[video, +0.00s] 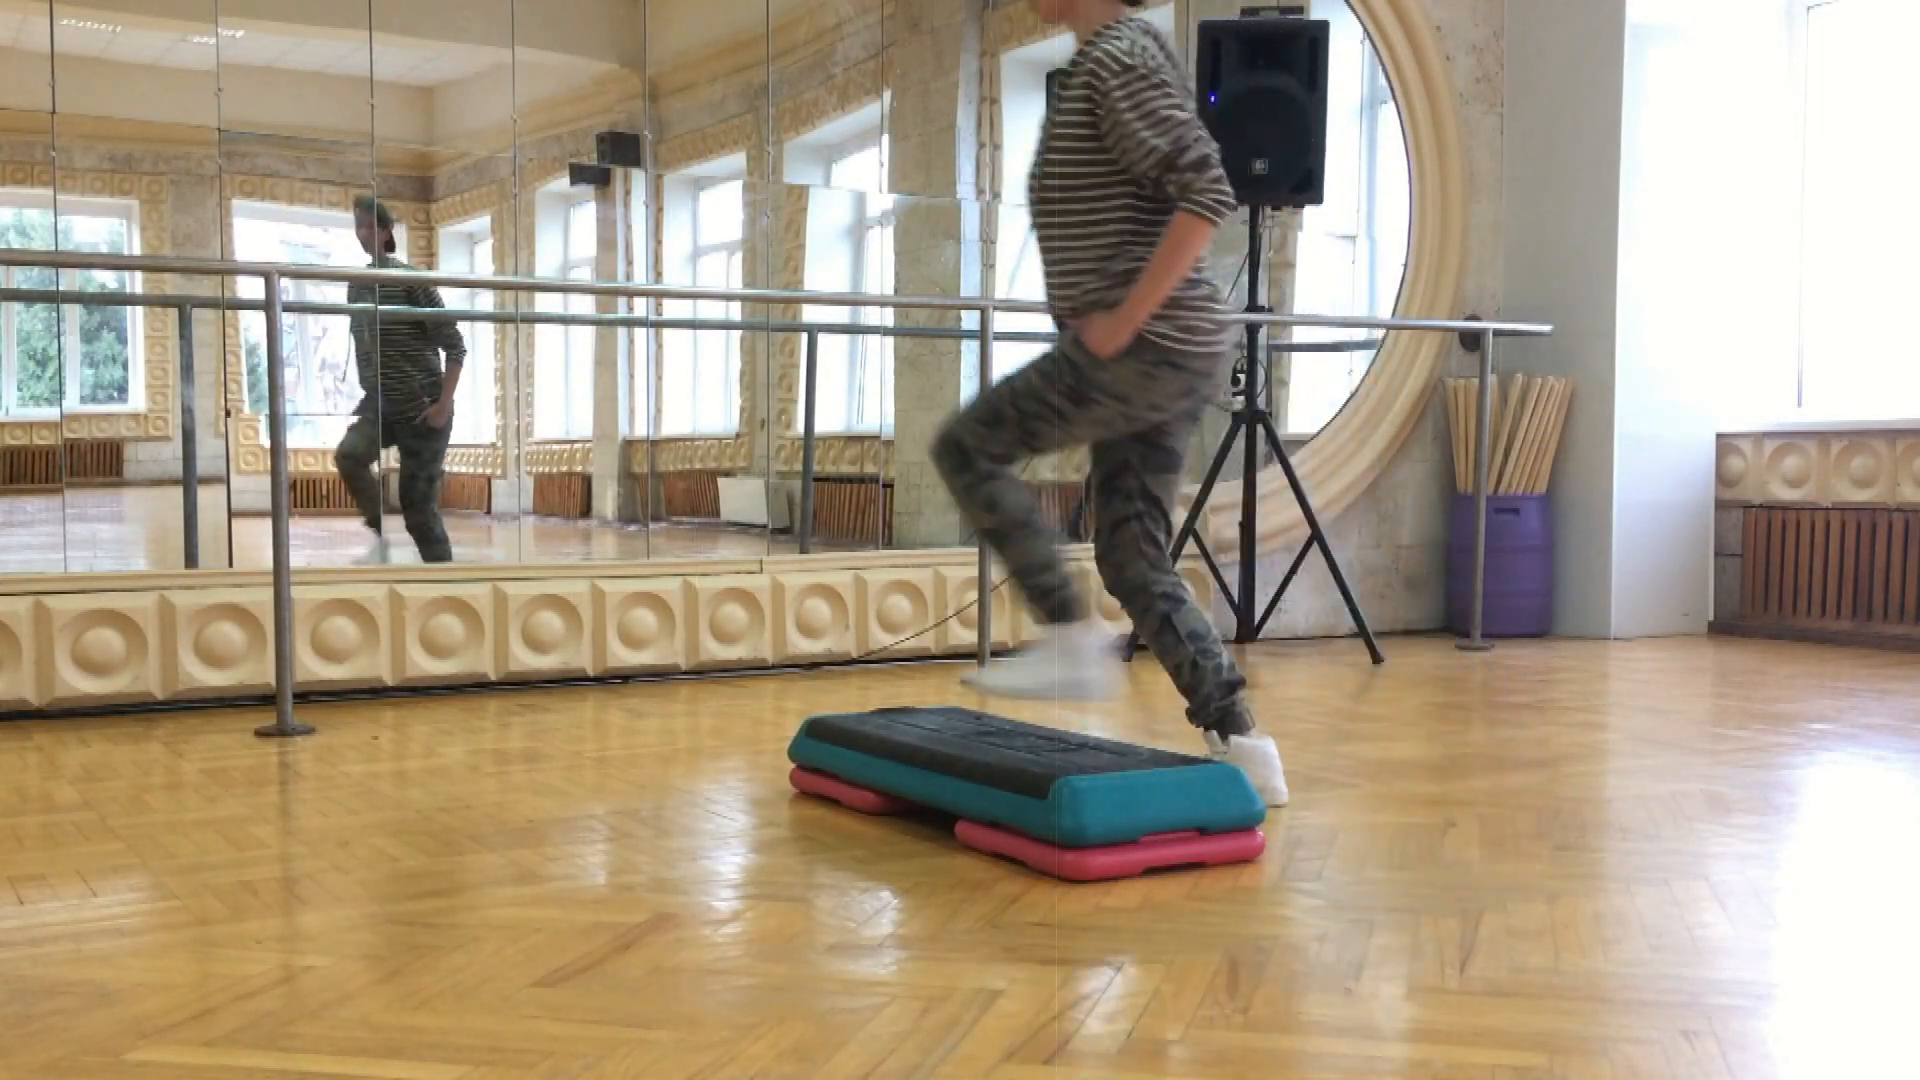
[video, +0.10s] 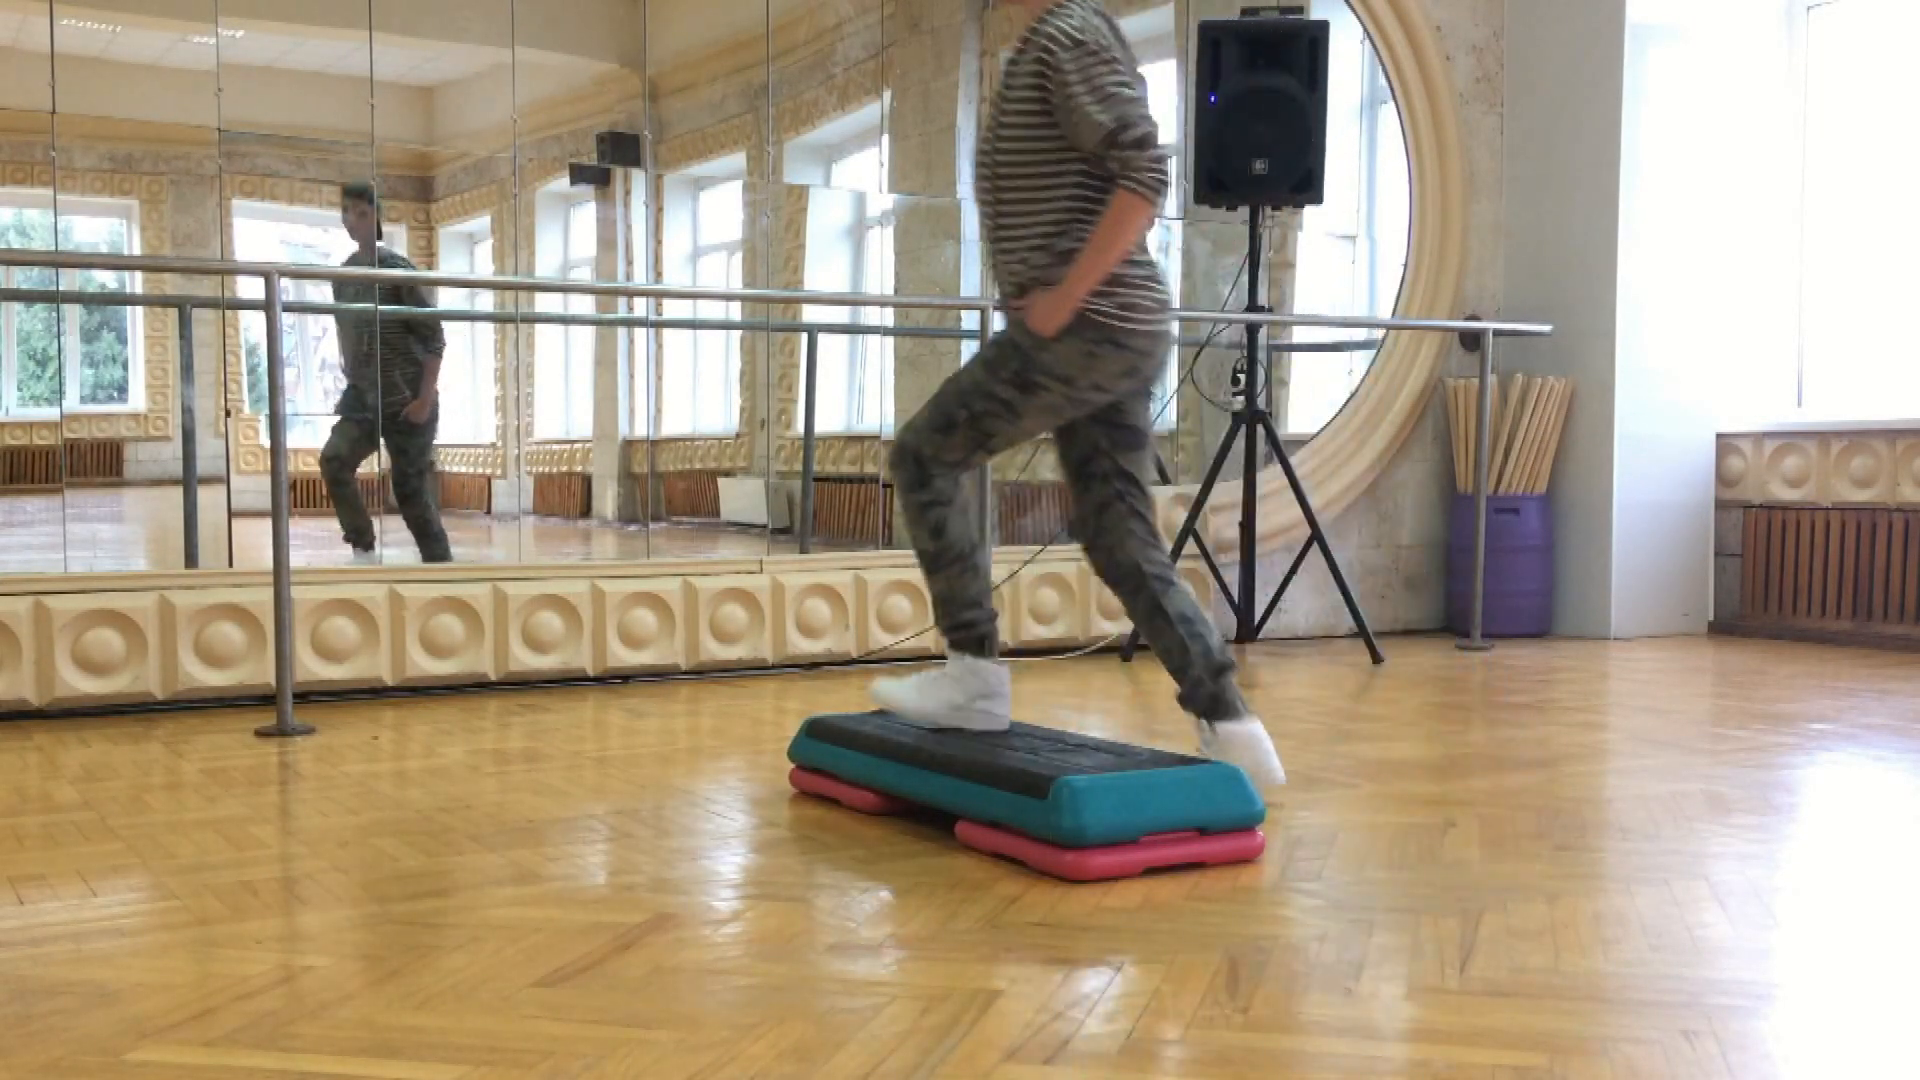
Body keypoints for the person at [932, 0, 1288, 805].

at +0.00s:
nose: (1037, 2)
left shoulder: (1122, 57)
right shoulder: (1098, 62)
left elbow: (1208, 196)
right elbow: (1160, 201)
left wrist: (1125, 316)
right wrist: (1101, 305)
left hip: (1154, 340)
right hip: (1158, 343)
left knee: (966, 446)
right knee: (1131, 553)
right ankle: (1242, 742)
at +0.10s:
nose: (987, 3)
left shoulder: (1069, 32)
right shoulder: (1041, 43)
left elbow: (1142, 178)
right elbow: (1106, 182)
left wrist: (1065, 294)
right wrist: (1039, 286)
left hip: (1096, 322)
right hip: (1109, 325)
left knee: (928, 452)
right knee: (1117, 532)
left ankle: (973, 672)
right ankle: (1232, 727)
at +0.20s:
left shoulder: (1008, 15)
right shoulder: (1020, 22)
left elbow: (1067, 167)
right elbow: (1054, 170)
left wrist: (997, 290)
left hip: (1038, 304)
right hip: (1064, 307)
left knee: (899, 467)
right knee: (998, 519)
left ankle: (967, 680)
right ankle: (1156, 658)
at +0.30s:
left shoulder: (947, 17)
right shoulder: (981, 22)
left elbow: (1003, 158)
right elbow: (1034, 185)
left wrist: (943, 288)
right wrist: (938, 277)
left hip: (991, 298)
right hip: (1016, 297)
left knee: (861, 476)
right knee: (869, 464)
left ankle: (962, 678)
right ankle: (1015, 581)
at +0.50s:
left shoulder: (837, 35)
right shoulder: (909, 47)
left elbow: (866, 178)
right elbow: (965, 207)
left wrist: (819, 314)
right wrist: (897, 283)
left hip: (867, 322)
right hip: (908, 320)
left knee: (792, 520)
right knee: (737, 464)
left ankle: (955, 671)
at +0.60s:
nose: (760, 9)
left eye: (763, 2)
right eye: (766, 4)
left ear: (777, 2)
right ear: (835, 7)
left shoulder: (784, 63)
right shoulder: (865, 84)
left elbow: (799, 200)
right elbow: (906, 242)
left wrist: (743, 329)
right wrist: (832, 309)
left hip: (796, 345)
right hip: (847, 348)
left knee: (706, 536)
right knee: (718, 532)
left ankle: (906, 633)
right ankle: (701, 736)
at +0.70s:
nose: (715, 14)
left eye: (717, 7)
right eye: (720, 7)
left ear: (733, 10)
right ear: (795, 17)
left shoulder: (725, 89)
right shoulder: (836, 107)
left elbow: (732, 234)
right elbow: (875, 266)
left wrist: (676, 359)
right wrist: (817, 345)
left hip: (740, 368)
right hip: (818, 378)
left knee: (601, 524)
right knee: (689, 535)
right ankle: (701, 738)